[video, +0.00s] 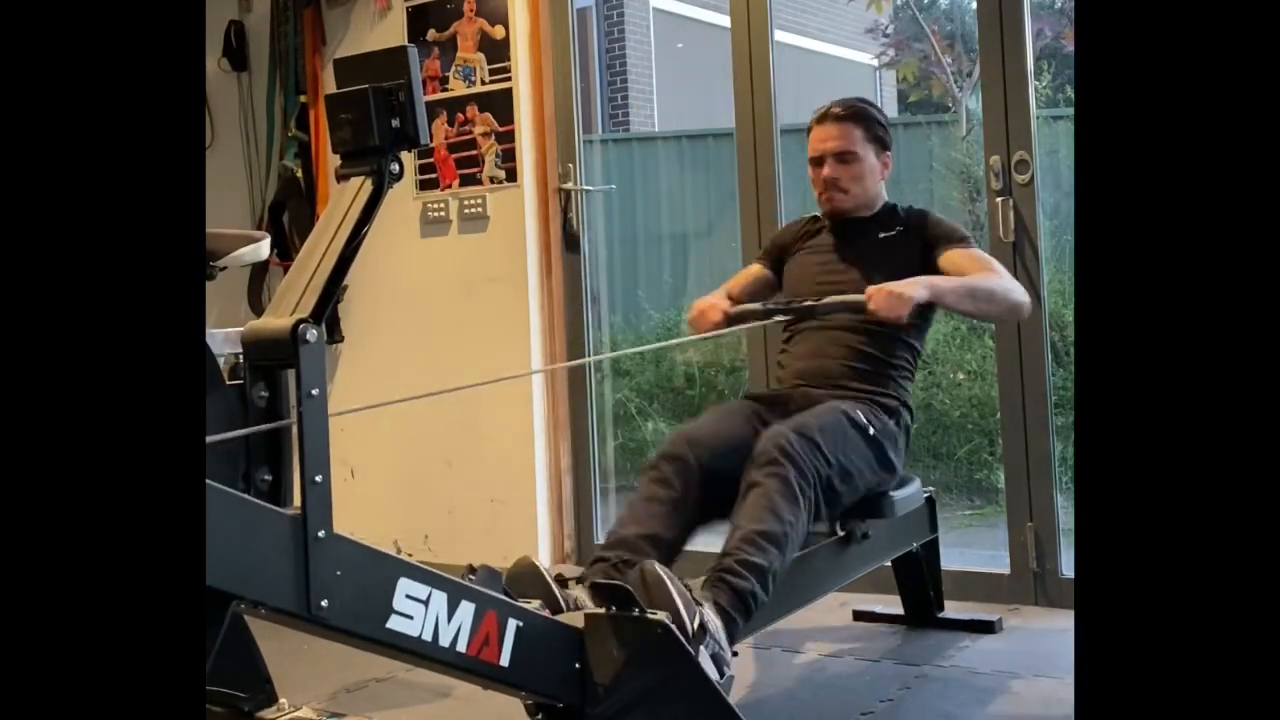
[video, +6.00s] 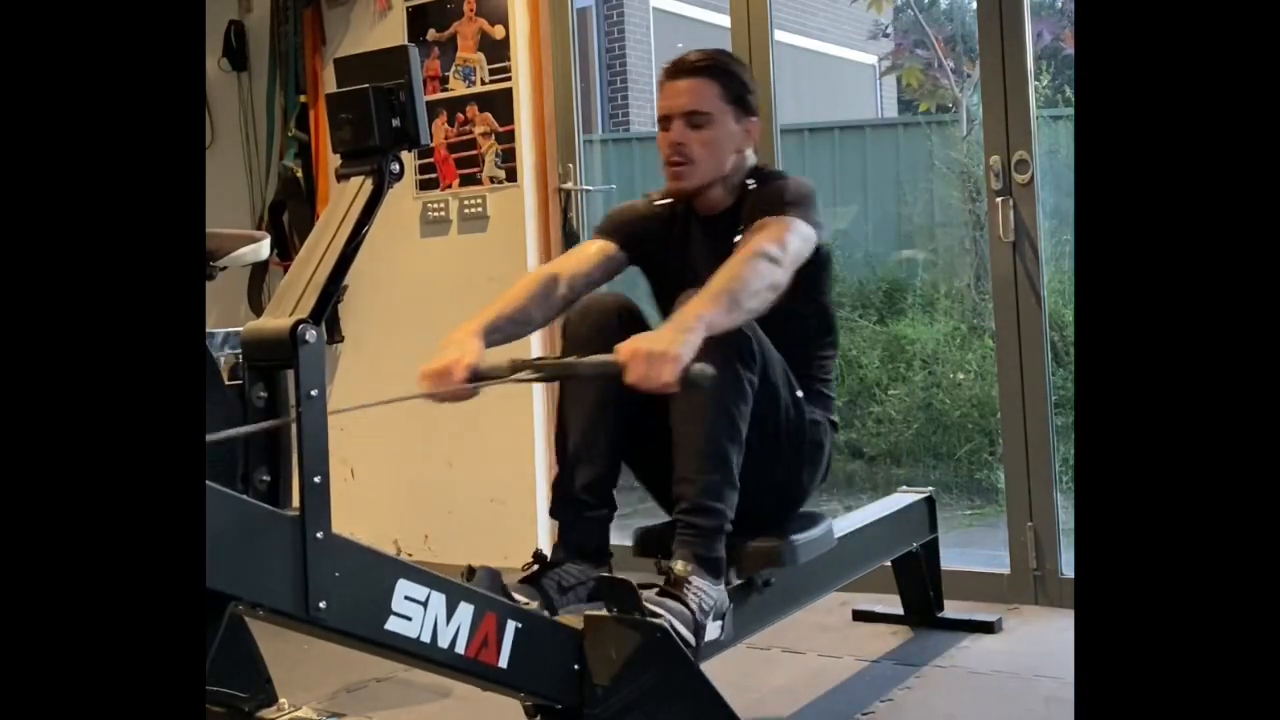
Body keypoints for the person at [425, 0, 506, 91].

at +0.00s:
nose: (471, 7)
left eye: (473, 4)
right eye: (468, 4)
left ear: (476, 7)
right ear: (463, 8)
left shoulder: (480, 22)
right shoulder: (457, 25)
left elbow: (493, 33)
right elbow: (445, 36)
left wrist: (498, 32)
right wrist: (435, 36)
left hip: (474, 60)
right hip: (460, 59)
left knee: (474, 89)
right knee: (458, 89)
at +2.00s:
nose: (471, 8)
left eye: (473, 6)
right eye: (468, 6)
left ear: (476, 8)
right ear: (463, 8)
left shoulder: (480, 22)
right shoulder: (457, 25)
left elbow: (493, 33)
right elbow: (445, 36)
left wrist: (498, 32)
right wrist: (435, 36)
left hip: (474, 60)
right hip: (460, 59)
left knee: (474, 88)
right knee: (457, 88)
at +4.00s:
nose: (471, 7)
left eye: (473, 4)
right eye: (469, 4)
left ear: (476, 7)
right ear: (463, 8)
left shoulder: (480, 22)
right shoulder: (457, 25)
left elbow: (493, 34)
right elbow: (445, 36)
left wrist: (498, 32)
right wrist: (435, 36)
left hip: (474, 60)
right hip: (460, 59)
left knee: (474, 89)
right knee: (459, 90)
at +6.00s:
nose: (471, 7)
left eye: (473, 4)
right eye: (468, 4)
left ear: (476, 7)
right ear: (463, 7)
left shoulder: (480, 22)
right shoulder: (457, 25)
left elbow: (493, 33)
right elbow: (444, 36)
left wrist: (498, 32)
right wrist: (435, 36)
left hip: (473, 60)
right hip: (460, 59)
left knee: (474, 89)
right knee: (458, 89)